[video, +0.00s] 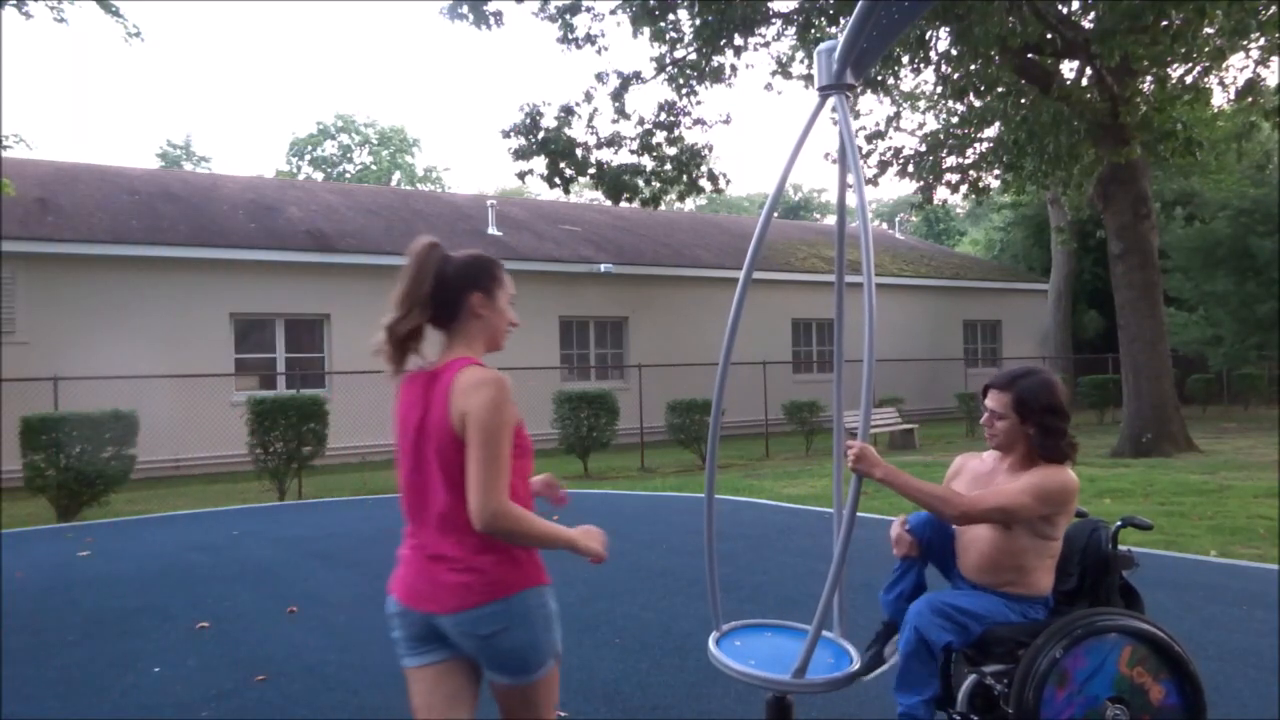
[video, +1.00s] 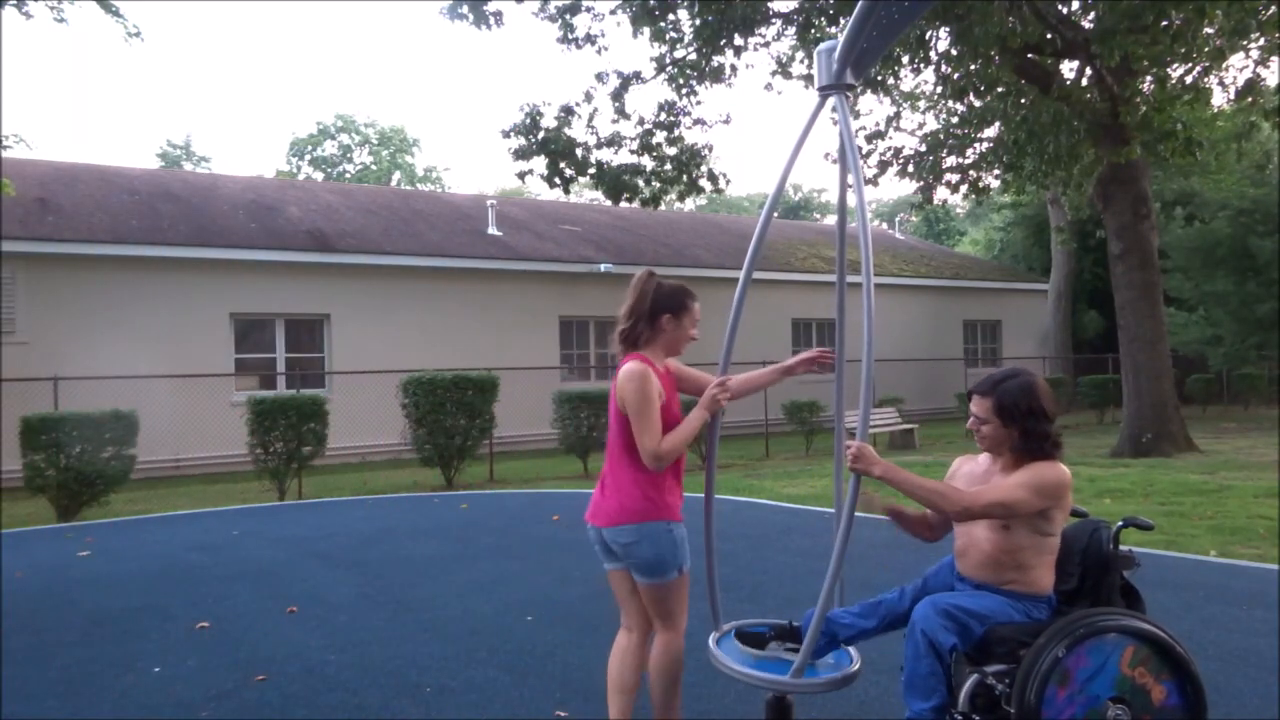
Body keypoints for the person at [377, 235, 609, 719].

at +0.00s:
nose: (515, 317)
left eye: (513, 303)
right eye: (509, 302)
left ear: (470, 304)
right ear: (478, 304)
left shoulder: (411, 386)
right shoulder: (485, 386)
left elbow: (437, 485)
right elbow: (489, 512)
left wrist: (527, 485)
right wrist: (573, 537)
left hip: (417, 593)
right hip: (496, 596)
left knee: (438, 713)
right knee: (534, 712)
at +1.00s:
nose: (697, 333)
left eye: (697, 323)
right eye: (692, 323)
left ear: (664, 323)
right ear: (665, 323)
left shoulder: (659, 367)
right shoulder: (639, 375)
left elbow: (722, 388)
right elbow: (655, 454)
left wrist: (786, 368)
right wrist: (703, 408)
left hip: (610, 515)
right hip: (649, 520)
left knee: (634, 627)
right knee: (669, 629)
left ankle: (617, 716)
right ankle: (667, 715)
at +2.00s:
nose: (763, 342)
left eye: (768, 334)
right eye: (755, 333)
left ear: (771, 330)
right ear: (729, 325)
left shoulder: (767, 367)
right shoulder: (698, 365)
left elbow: (808, 414)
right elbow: (696, 416)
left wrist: (842, 380)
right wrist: (718, 370)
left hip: (755, 506)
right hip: (706, 507)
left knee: (747, 605)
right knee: (709, 613)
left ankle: (747, 693)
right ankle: (697, 708)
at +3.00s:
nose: (756, 338)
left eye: (761, 330)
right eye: (748, 329)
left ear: (765, 326)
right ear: (720, 324)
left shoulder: (763, 366)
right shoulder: (690, 367)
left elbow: (805, 417)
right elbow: (693, 420)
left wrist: (843, 381)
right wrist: (718, 370)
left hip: (760, 507)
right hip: (707, 509)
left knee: (747, 608)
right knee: (706, 614)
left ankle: (746, 694)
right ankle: (697, 709)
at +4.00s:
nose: (747, 336)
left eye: (754, 328)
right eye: (740, 327)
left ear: (759, 326)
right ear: (715, 325)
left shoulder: (763, 365)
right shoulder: (689, 368)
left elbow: (807, 415)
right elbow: (694, 416)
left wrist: (848, 379)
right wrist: (719, 368)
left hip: (760, 507)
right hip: (706, 509)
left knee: (746, 608)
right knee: (705, 614)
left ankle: (745, 696)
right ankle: (697, 709)